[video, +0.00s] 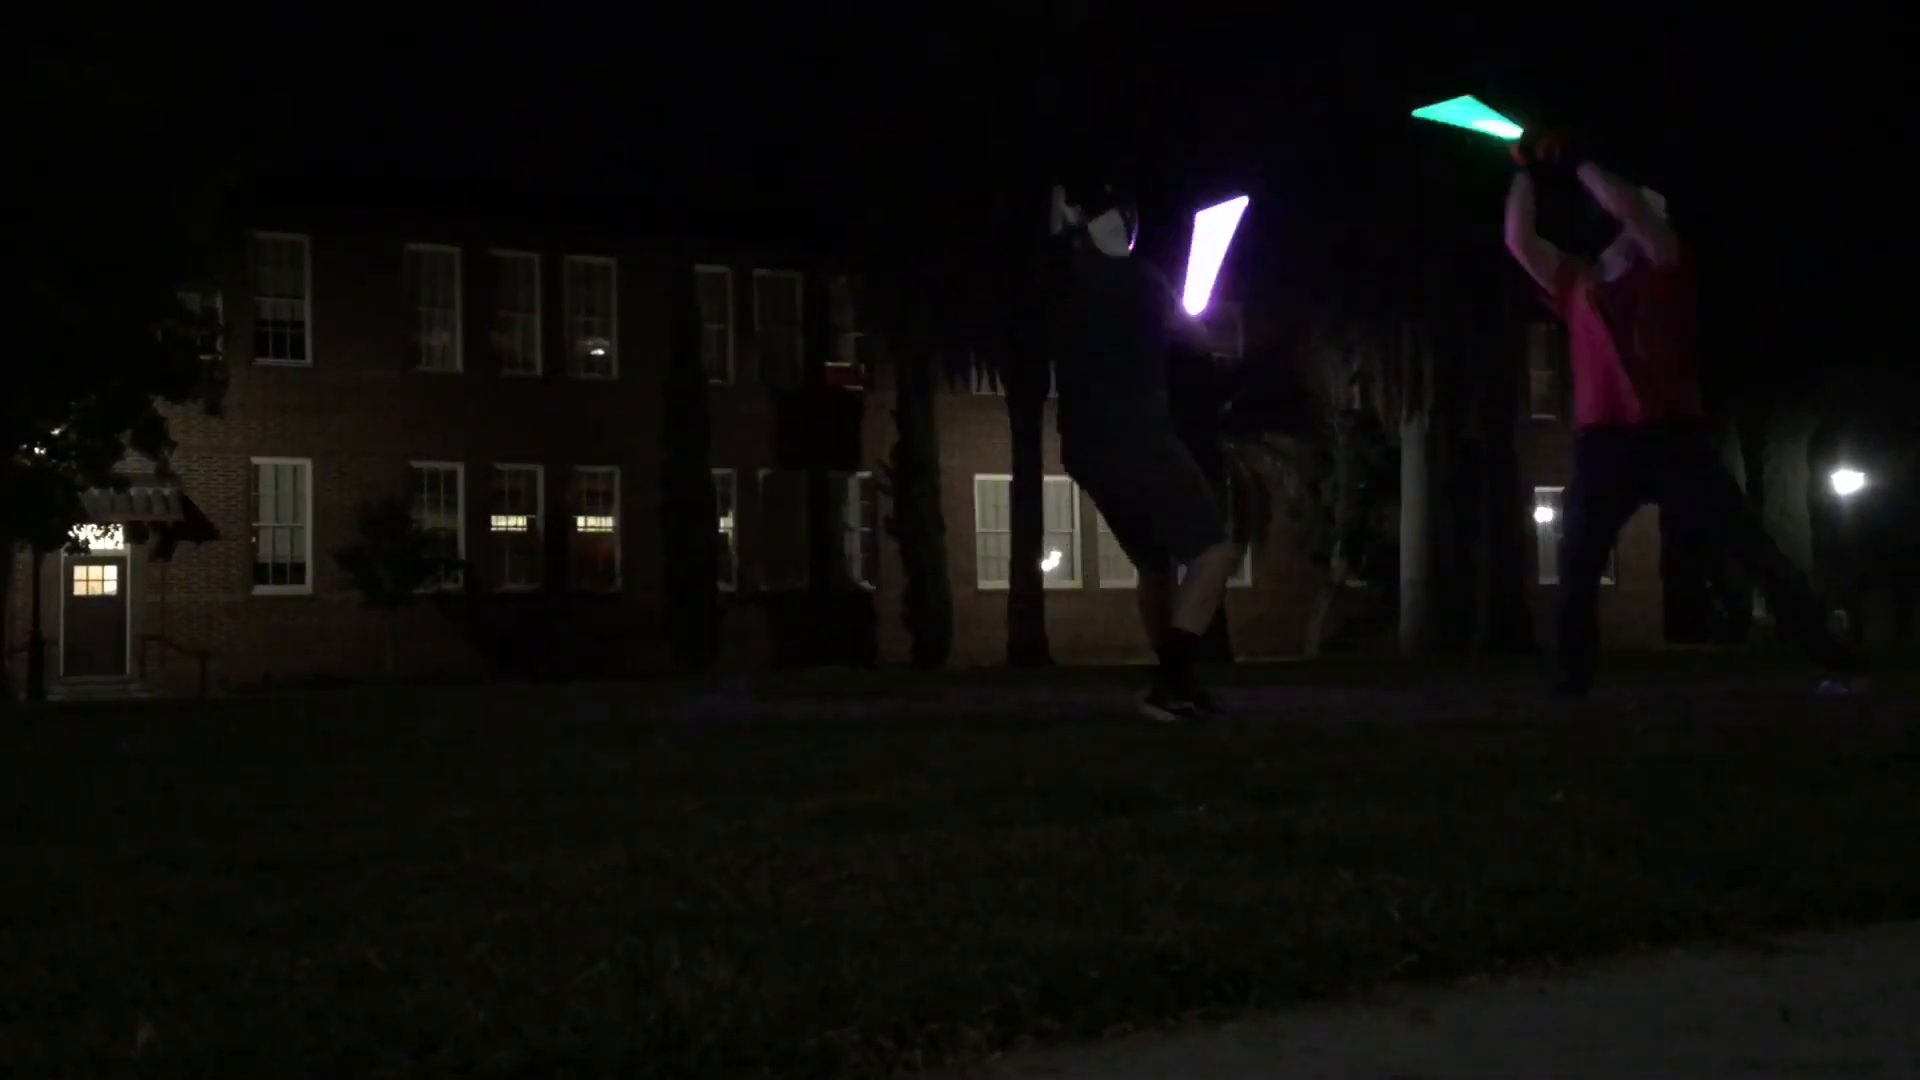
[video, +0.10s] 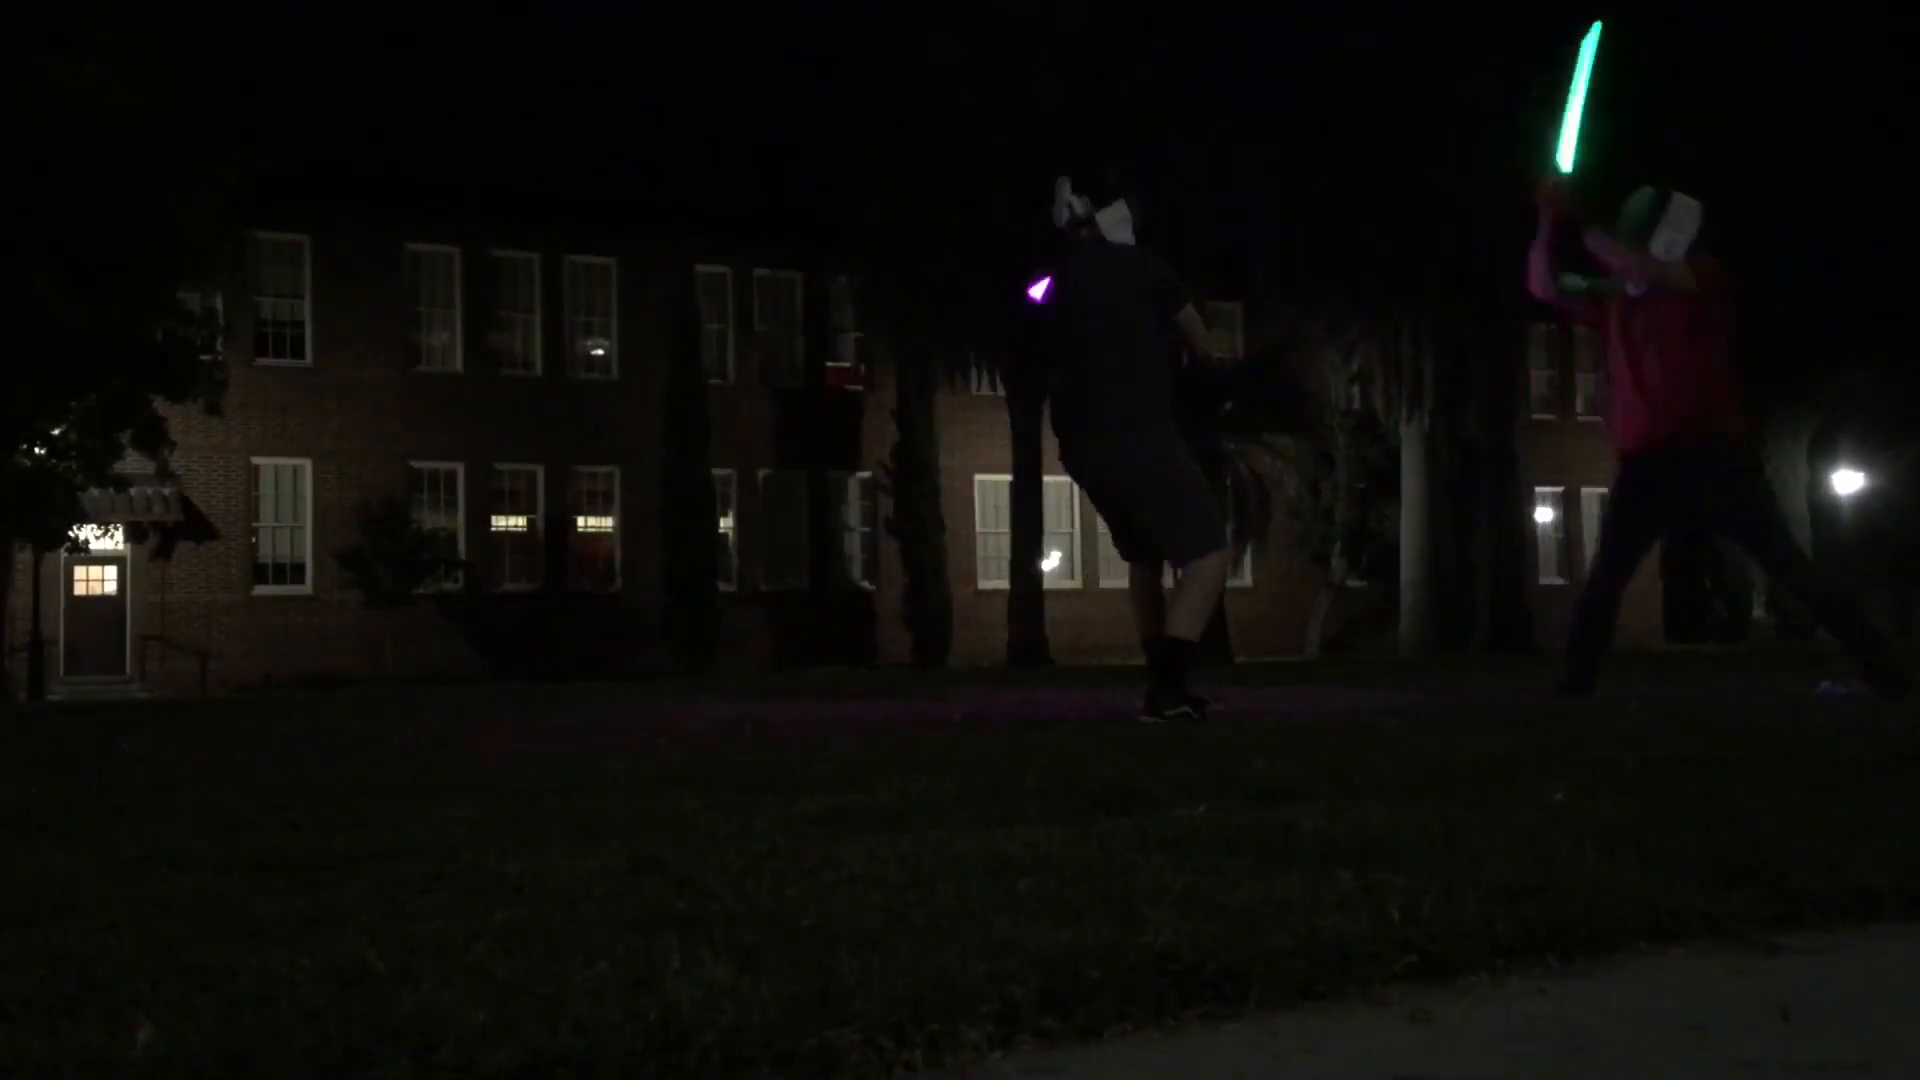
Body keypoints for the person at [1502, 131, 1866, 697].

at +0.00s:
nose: (1624, 228)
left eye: (1635, 217)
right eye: (1620, 218)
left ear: (1651, 227)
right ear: (1605, 226)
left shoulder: (1666, 269)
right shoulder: (1577, 282)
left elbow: (1628, 209)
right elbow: (1519, 240)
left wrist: (1575, 160)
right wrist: (1524, 172)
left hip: (1673, 438)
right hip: (1604, 443)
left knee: (1747, 549)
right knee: (1578, 563)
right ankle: (1571, 680)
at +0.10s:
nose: (1626, 266)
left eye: (1638, 254)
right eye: (1624, 257)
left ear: (1667, 244)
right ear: (1632, 250)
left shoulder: (1702, 286)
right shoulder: (1618, 300)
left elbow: (1642, 269)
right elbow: (1544, 289)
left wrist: (1584, 231)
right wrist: (1548, 223)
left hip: (1713, 455)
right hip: (1646, 462)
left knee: (1789, 571)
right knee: (1607, 578)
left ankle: (1882, 670)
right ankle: (1573, 689)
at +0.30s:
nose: (1682, 239)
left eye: (1696, 228)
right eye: (1682, 228)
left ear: (1727, 234)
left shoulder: (1762, 286)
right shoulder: (1681, 305)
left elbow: (1726, 346)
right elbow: (1635, 353)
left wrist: (1653, 347)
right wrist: (1599, 328)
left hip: (1769, 457)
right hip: (1700, 464)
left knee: (1828, 572)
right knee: (1649, 575)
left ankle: (1887, 676)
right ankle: (1595, 678)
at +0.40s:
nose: (1697, 240)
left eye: (1710, 227)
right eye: (1695, 228)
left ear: (1738, 230)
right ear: (1698, 235)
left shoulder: (1772, 280)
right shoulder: (1690, 301)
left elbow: (1748, 353)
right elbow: (1656, 364)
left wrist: (1681, 366)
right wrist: (1633, 369)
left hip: (1773, 451)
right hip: (1707, 457)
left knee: (1828, 568)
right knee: (1653, 567)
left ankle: (1887, 675)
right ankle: (1601, 677)